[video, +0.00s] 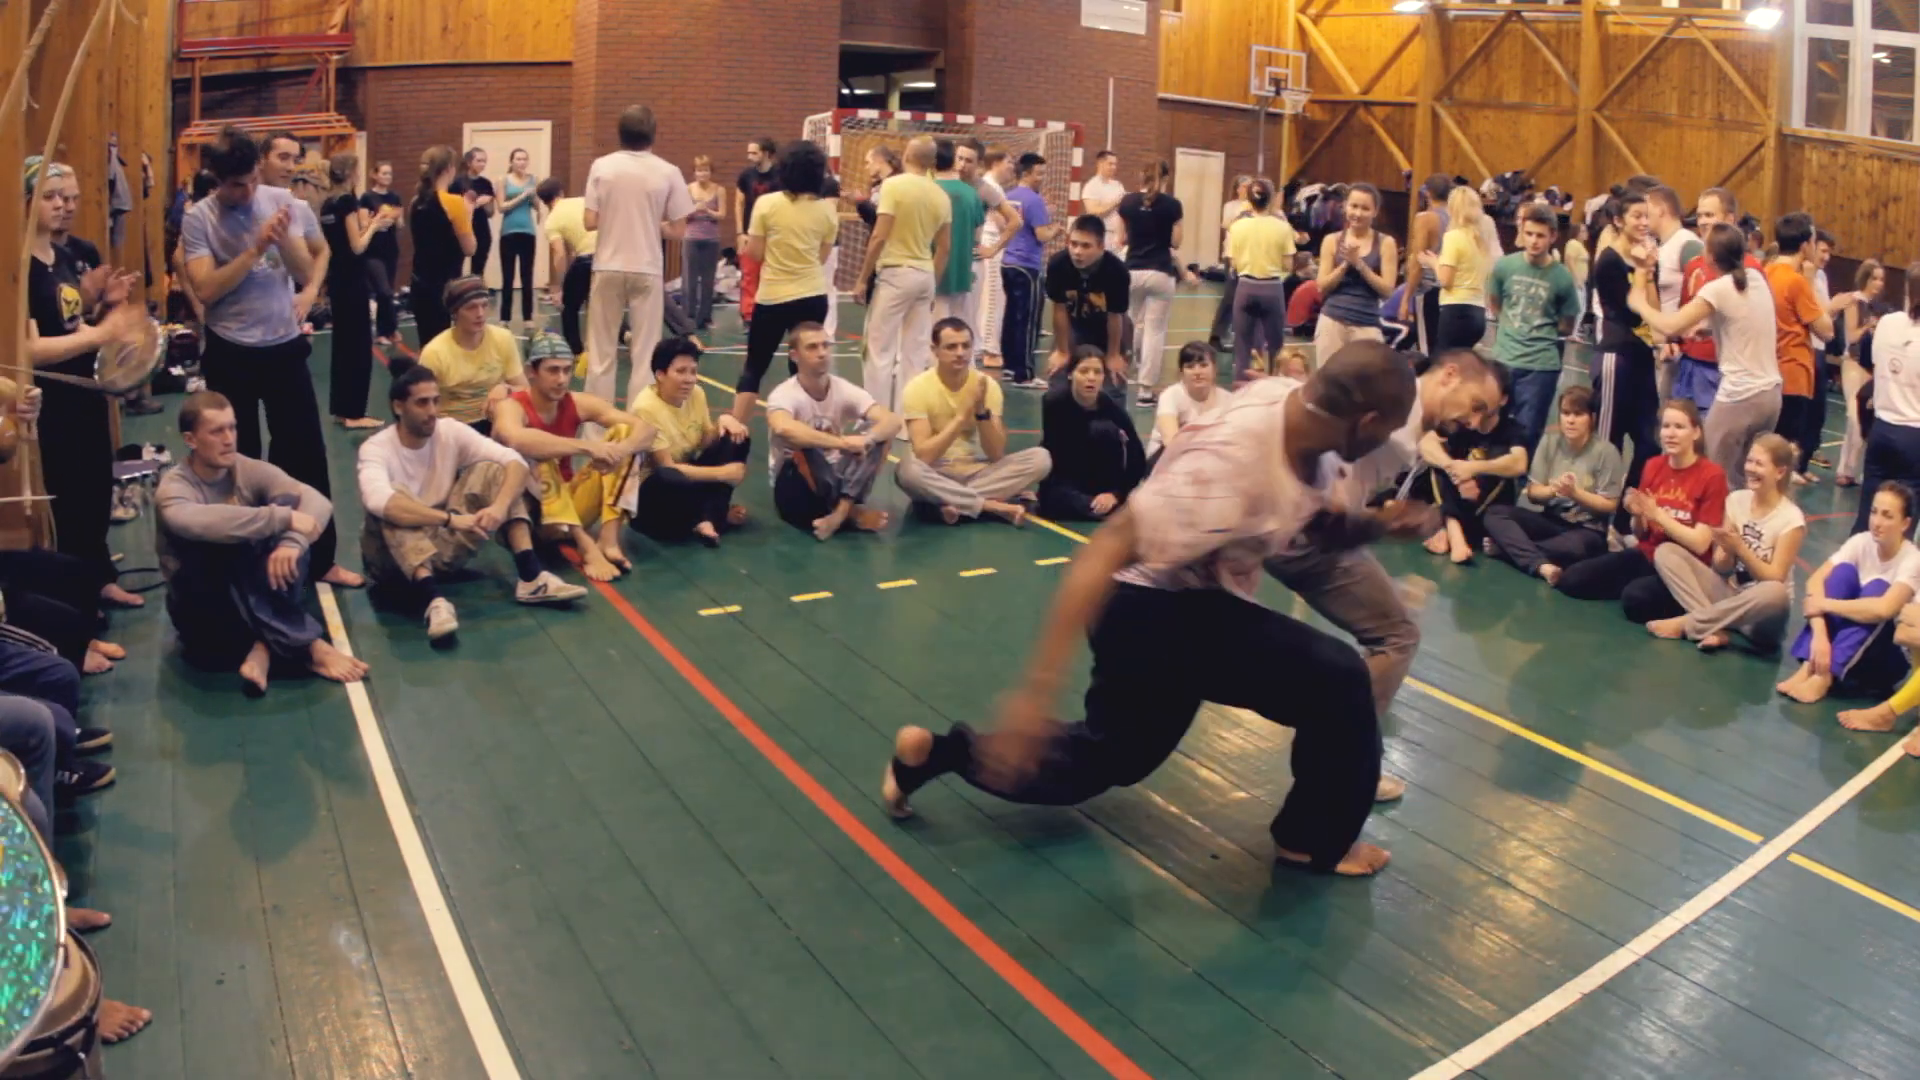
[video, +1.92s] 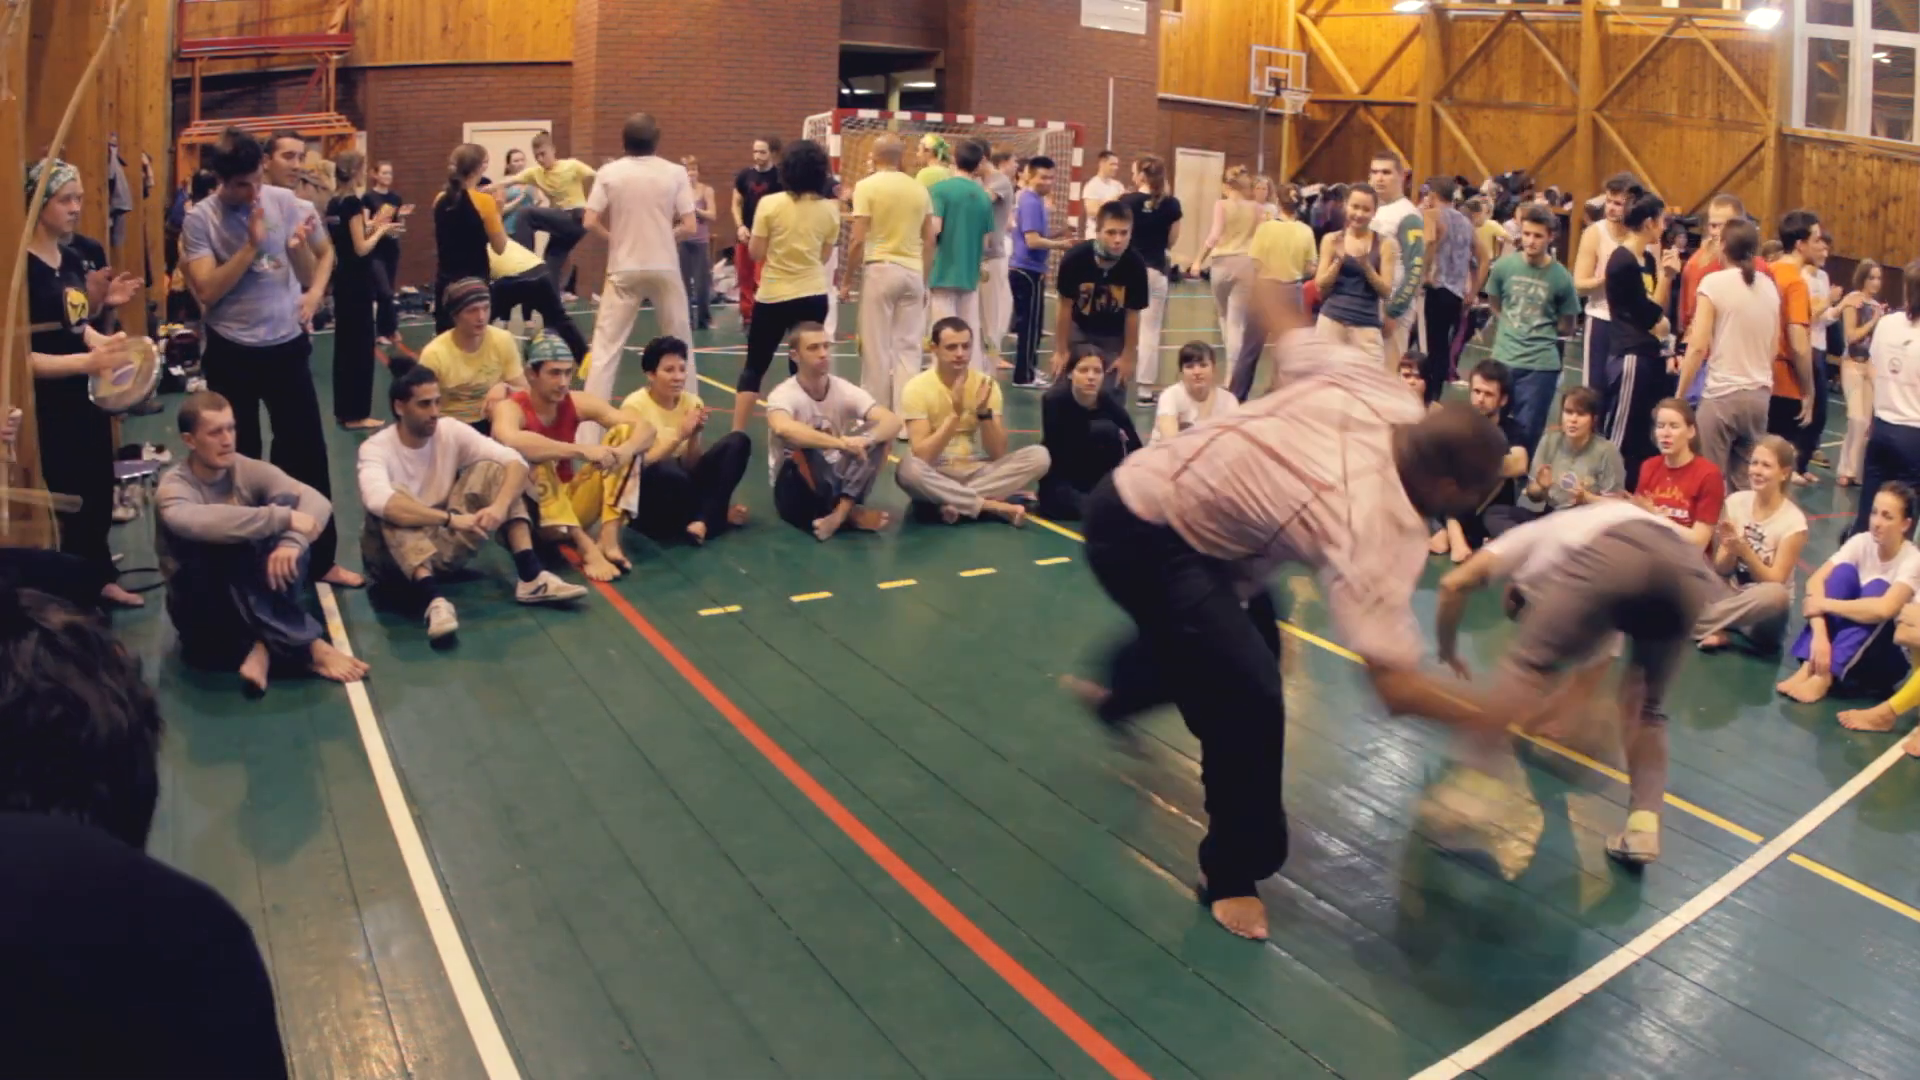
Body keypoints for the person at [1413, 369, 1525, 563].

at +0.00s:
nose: (1482, 406)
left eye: (1489, 403)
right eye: (1476, 403)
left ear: (1503, 400)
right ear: (1471, 394)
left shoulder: (1510, 429)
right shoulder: (1457, 421)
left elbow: (1519, 464)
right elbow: (1426, 444)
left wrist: (1473, 468)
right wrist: (1456, 472)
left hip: (1493, 508)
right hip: (1454, 502)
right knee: (1439, 465)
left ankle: (1446, 529)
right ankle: (1454, 530)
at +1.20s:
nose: (1479, 400)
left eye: (1487, 395)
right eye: (1475, 392)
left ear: (1503, 400)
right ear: (1469, 392)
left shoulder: (1511, 429)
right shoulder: (1457, 420)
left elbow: (1519, 464)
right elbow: (1432, 441)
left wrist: (1471, 468)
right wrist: (1459, 475)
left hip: (1491, 508)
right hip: (1454, 499)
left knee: (1501, 461)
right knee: (1435, 463)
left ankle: (1448, 528)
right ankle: (1454, 529)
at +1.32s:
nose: (1480, 400)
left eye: (1488, 395)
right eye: (1476, 392)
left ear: (1503, 400)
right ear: (1470, 392)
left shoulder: (1511, 428)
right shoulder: (1456, 421)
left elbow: (1519, 464)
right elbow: (1433, 448)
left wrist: (1474, 471)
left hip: (1496, 493)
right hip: (1457, 486)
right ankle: (1457, 537)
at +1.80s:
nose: (1480, 400)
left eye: (1488, 394)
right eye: (1476, 392)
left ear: (1503, 400)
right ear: (1470, 393)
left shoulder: (1511, 429)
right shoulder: (1458, 419)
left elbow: (1519, 464)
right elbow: (1425, 444)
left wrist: (1472, 468)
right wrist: (1455, 470)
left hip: (1496, 503)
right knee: (1436, 458)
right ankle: (1451, 523)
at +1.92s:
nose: (1480, 400)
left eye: (1488, 394)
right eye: (1476, 392)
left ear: (1503, 400)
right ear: (1470, 392)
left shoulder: (1512, 428)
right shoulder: (1460, 424)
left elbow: (1519, 465)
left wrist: (1473, 471)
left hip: (1495, 506)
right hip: (1455, 498)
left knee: (1501, 471)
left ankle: (1447, 530)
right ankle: (1455, 533)